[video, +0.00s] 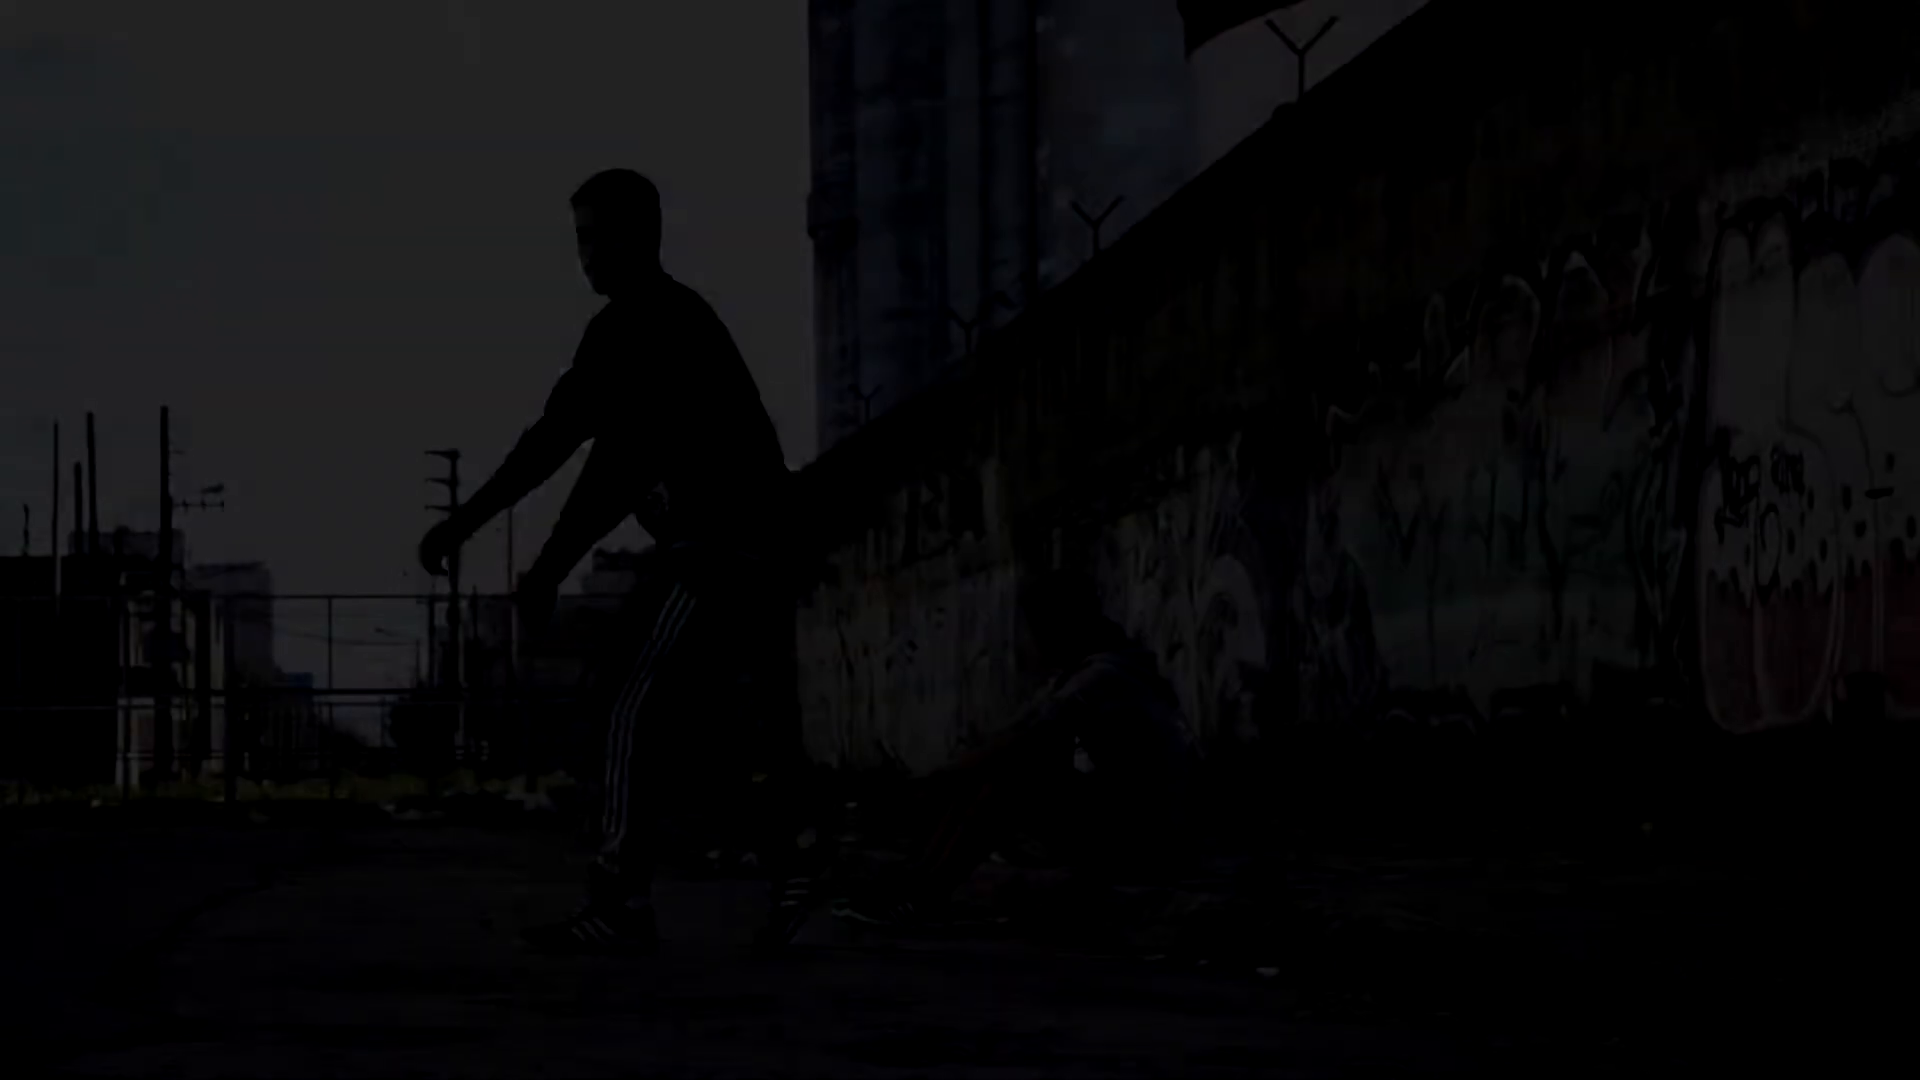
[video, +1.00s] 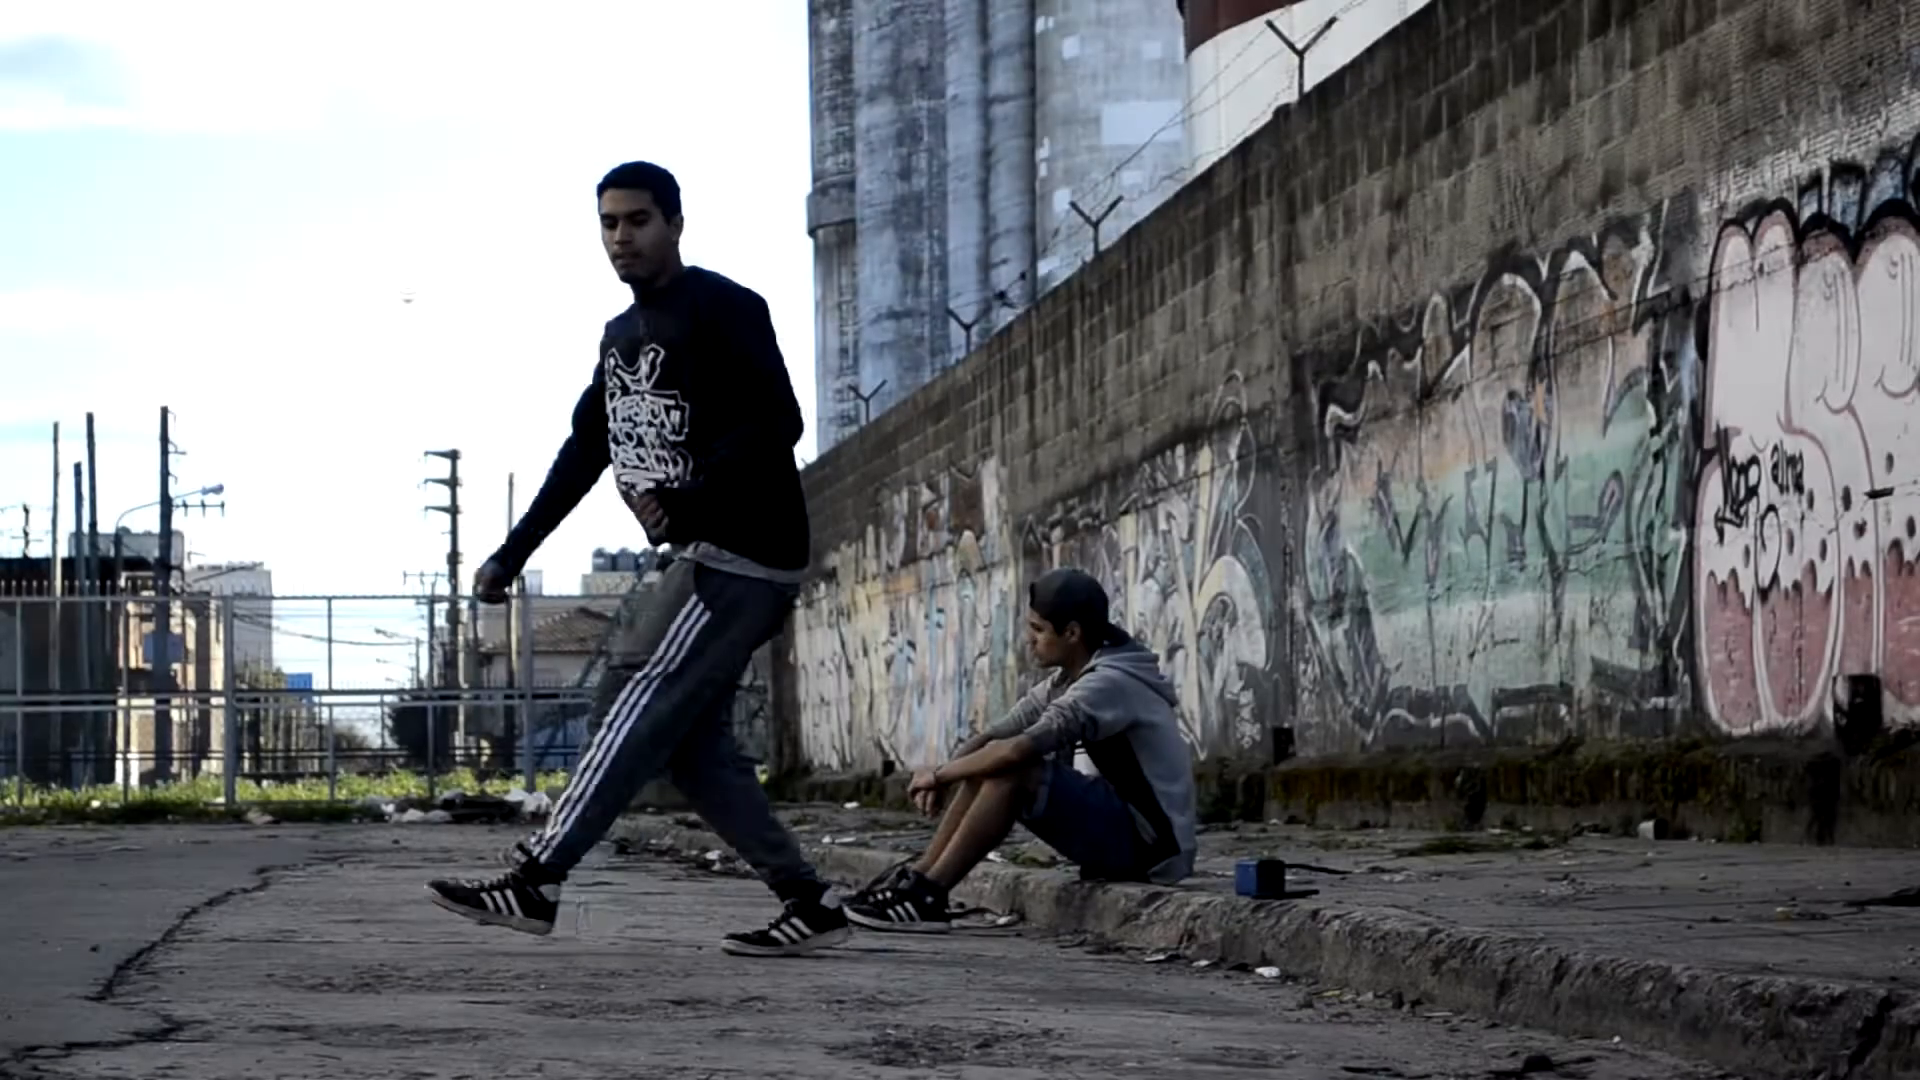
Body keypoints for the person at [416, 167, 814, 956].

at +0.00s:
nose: (585, 252)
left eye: (596, 235)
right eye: (582, 236)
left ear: (629, 236)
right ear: (612, 241)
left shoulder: (660, 322)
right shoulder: (621, 326)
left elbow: (621, 467)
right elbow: (552, 435)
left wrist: (553, 563)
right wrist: (466, 519)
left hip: (730, 544)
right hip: (704, 542)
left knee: (635, 712)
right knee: (751, 718)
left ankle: (621, 898)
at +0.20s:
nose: (589, 248)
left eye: (604, 233)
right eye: (583, 233)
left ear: (643, 237)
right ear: (585, 237)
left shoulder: (653, 325)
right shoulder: (616, 320)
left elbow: (631, 466)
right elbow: (568, 415)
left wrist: (533, 520)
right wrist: (580, 455)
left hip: (701, 559)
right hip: (679, 555)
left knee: (616, 715)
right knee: (647, 724)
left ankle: (613, 902)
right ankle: (779, 826)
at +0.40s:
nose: (625, 252)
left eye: (640, 235)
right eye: (615, 240)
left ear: (681, 240)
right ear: (611, 249)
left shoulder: (689, 325)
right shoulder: (676, 330)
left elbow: (628, 449)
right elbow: (622, 464)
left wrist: (567, 395)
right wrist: (614, 380)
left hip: (706, 573)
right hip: (718, 576)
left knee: (589, 718)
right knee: (678, 762)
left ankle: (477, 886)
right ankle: (810, 901)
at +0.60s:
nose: (615, 220)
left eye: (631, 204)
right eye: (603, 207)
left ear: (666, 211)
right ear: (593, 220)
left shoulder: (678, 286)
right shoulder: (616, 312)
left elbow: (654, 387)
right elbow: (584, 424)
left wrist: (565, 347)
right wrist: (541, 340)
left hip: (708, 530)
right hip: (705, 535)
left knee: (602, 694)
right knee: (654, 737)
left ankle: (609, 889)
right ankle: (773, 854)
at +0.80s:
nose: (621, 232)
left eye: (639, 219)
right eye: (612, 218)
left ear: (675, 226)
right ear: (601, 226)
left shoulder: (692, 303)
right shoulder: (606, 310)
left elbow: (663, 381)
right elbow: (524, 368)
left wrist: (566, 359)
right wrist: (420, 380)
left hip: (706, 551)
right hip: (660, 550)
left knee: (619, 711)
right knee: (593, 715)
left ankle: (623, 901)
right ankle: (768, 769)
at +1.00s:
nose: (621, 237)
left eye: (637, 220)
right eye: (610, 224)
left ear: (675, 225)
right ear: (602, 236)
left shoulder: (729, 310)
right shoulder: (622, 337)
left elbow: (780, 421)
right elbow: (587, 448)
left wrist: (686, 498)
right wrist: (514, 552)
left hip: (748, 559)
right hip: (701, 556)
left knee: (639, 712)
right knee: (698, 752)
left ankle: (535, 881)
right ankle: (810, 899)